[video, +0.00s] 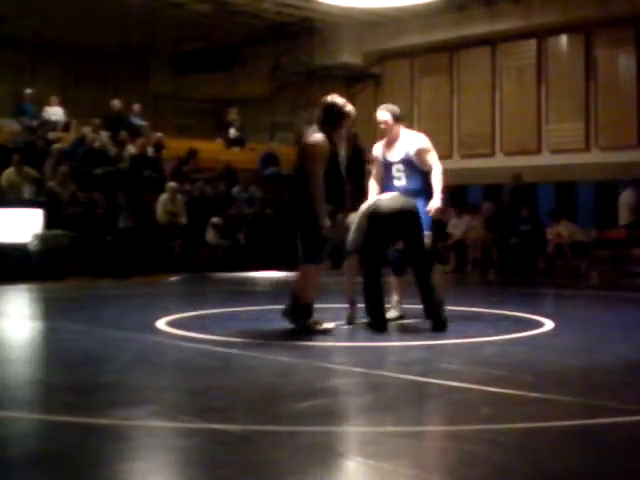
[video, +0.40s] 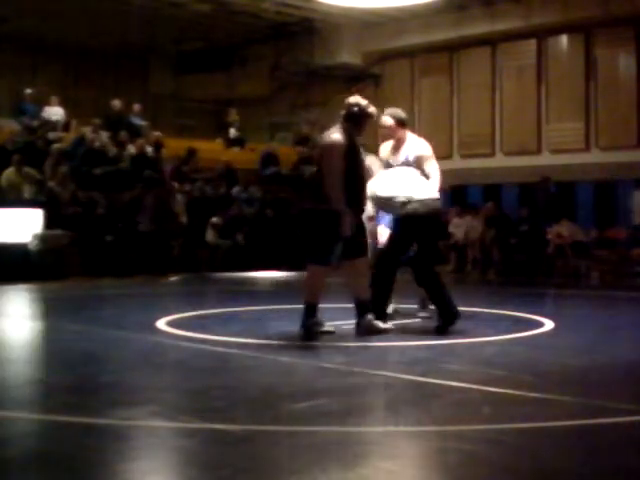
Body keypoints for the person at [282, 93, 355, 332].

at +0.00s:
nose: (347, 128)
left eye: (348, 123)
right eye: (346, 123)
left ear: (327, 118)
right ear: (335, 121)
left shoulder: (319, 141)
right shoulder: (318, 143)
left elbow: (319, 184)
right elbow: (316, 185)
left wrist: (334, 209)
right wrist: (323, 215)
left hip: (311, 209)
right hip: (311, 210)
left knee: (312, 261)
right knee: (314, 262)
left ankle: (297, 306)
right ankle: (303, 313)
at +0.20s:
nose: (355, 129)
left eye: (356, 124)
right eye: (354, 123)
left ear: (340, 118)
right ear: (343, 120)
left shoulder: (340, 142)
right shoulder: (323, 142)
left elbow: (343, 178)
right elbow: (317, 183)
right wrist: (319, 217)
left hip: (337, 212)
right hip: (321, 212)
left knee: (346, 259)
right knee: (314, 266)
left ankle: (329, 310)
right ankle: (307, 318)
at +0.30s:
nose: (361, 128)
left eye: (362, 123)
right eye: (360, 122)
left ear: (344, 117)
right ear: (350, 119)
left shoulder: (344, 142)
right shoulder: (328, 141)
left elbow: (348, 179)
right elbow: (326, 184)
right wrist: (330, 217)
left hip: (344, 212)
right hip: (327, 213)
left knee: (355, 260)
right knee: (315, 266)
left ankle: (355, 314)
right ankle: (308, 319)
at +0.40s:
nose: (369, 129)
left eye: (370, 124)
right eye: (368, 123)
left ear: (349, 117)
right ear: (359, 120)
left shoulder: (348, 142)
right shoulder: (336, 142)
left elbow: (351, 182)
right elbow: (335, 184)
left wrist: (360, 211)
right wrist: (344, 214)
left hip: (350, 214)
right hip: (335, 214)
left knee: (359, 265)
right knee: (319, 268)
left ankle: (364, 316)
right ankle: (310, 320)